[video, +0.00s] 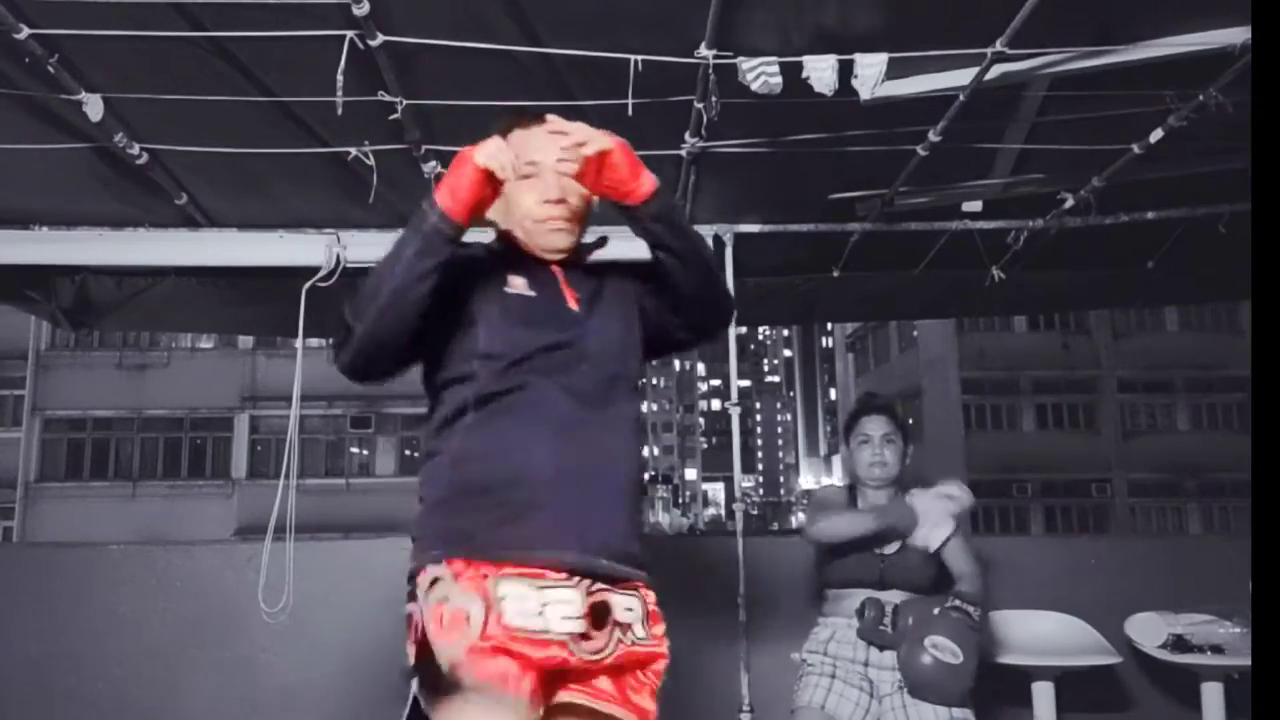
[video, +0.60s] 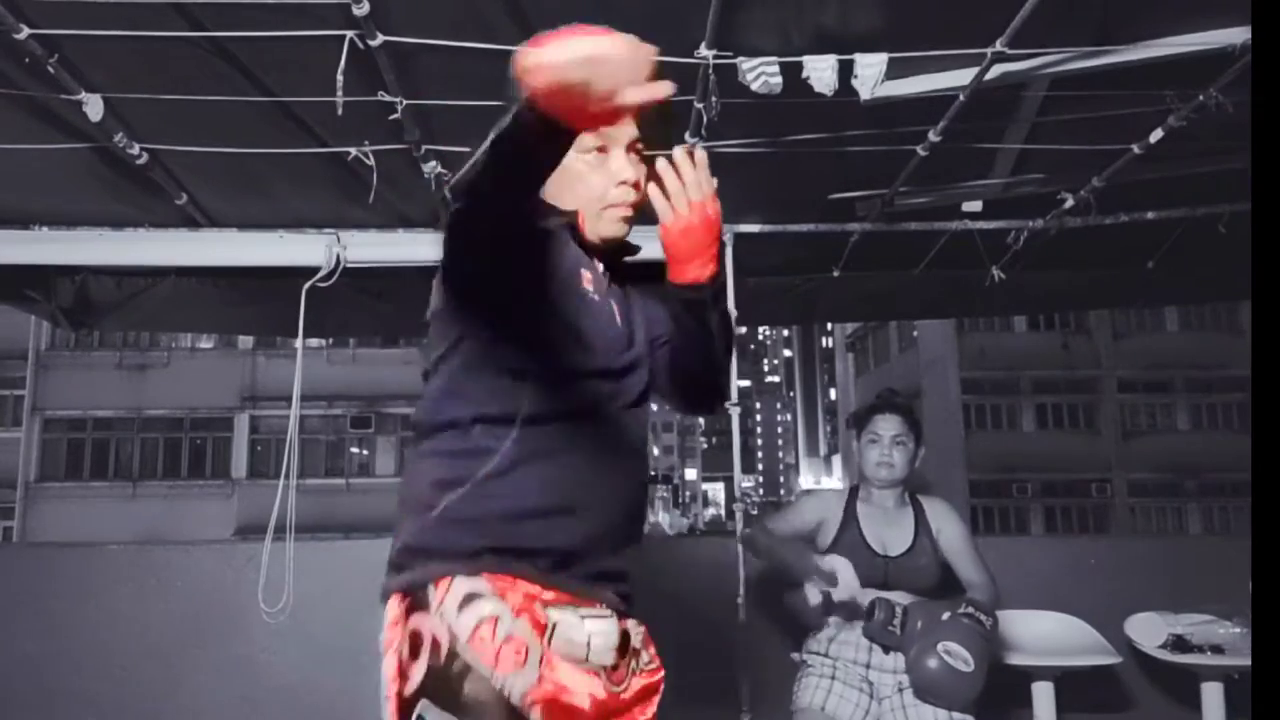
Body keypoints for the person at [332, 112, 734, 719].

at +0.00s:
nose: (556, 190)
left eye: (571, 171)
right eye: (530, 173)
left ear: (594, 192)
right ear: (493, 195)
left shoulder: (625, 294)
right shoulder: (456, 280)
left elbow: (708, 310)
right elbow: (362, 358)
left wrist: (645, 197)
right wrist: (445, 213)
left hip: (612, 590)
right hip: (480, 583)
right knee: (484, 703)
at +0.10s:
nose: (571, 203)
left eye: (589, 180)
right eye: (545, 184)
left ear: (615, 200)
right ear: (512, 206)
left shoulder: (646, 292)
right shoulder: (479, 285)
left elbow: (725, 329)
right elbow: (383, 362)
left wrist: (657, 208)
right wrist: (480, 209)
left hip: (605, 550)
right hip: (482, 513)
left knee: (603, 706)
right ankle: (501, 711)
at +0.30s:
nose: (586, 204)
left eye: (605, 182)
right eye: (561, 183)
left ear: (631, 201)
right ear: (526, 204)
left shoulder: (655, 291)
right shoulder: (490, 277)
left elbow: (723, 356)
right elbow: (405, 356)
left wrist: (678, 225)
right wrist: (497, 202)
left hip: (608, 545)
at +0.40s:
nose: (601, 192)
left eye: (616, 171)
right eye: (574, 171)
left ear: (637, 189)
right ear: (536, 194)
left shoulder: (658, 288)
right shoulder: (497, 269)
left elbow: (732, 353)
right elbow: (400, 368)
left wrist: (680, 221)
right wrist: (491, 217)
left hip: (611, 559)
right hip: (480, 512)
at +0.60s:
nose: (635, 175)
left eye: (638, 153)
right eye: (609, 151)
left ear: (641, 167)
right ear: (554, 163)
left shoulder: (634, 291)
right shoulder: (501, 254)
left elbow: (700, 392)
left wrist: (697, 269)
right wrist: (545, 118)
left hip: (593, 592)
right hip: (476, 586)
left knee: (626, 703)